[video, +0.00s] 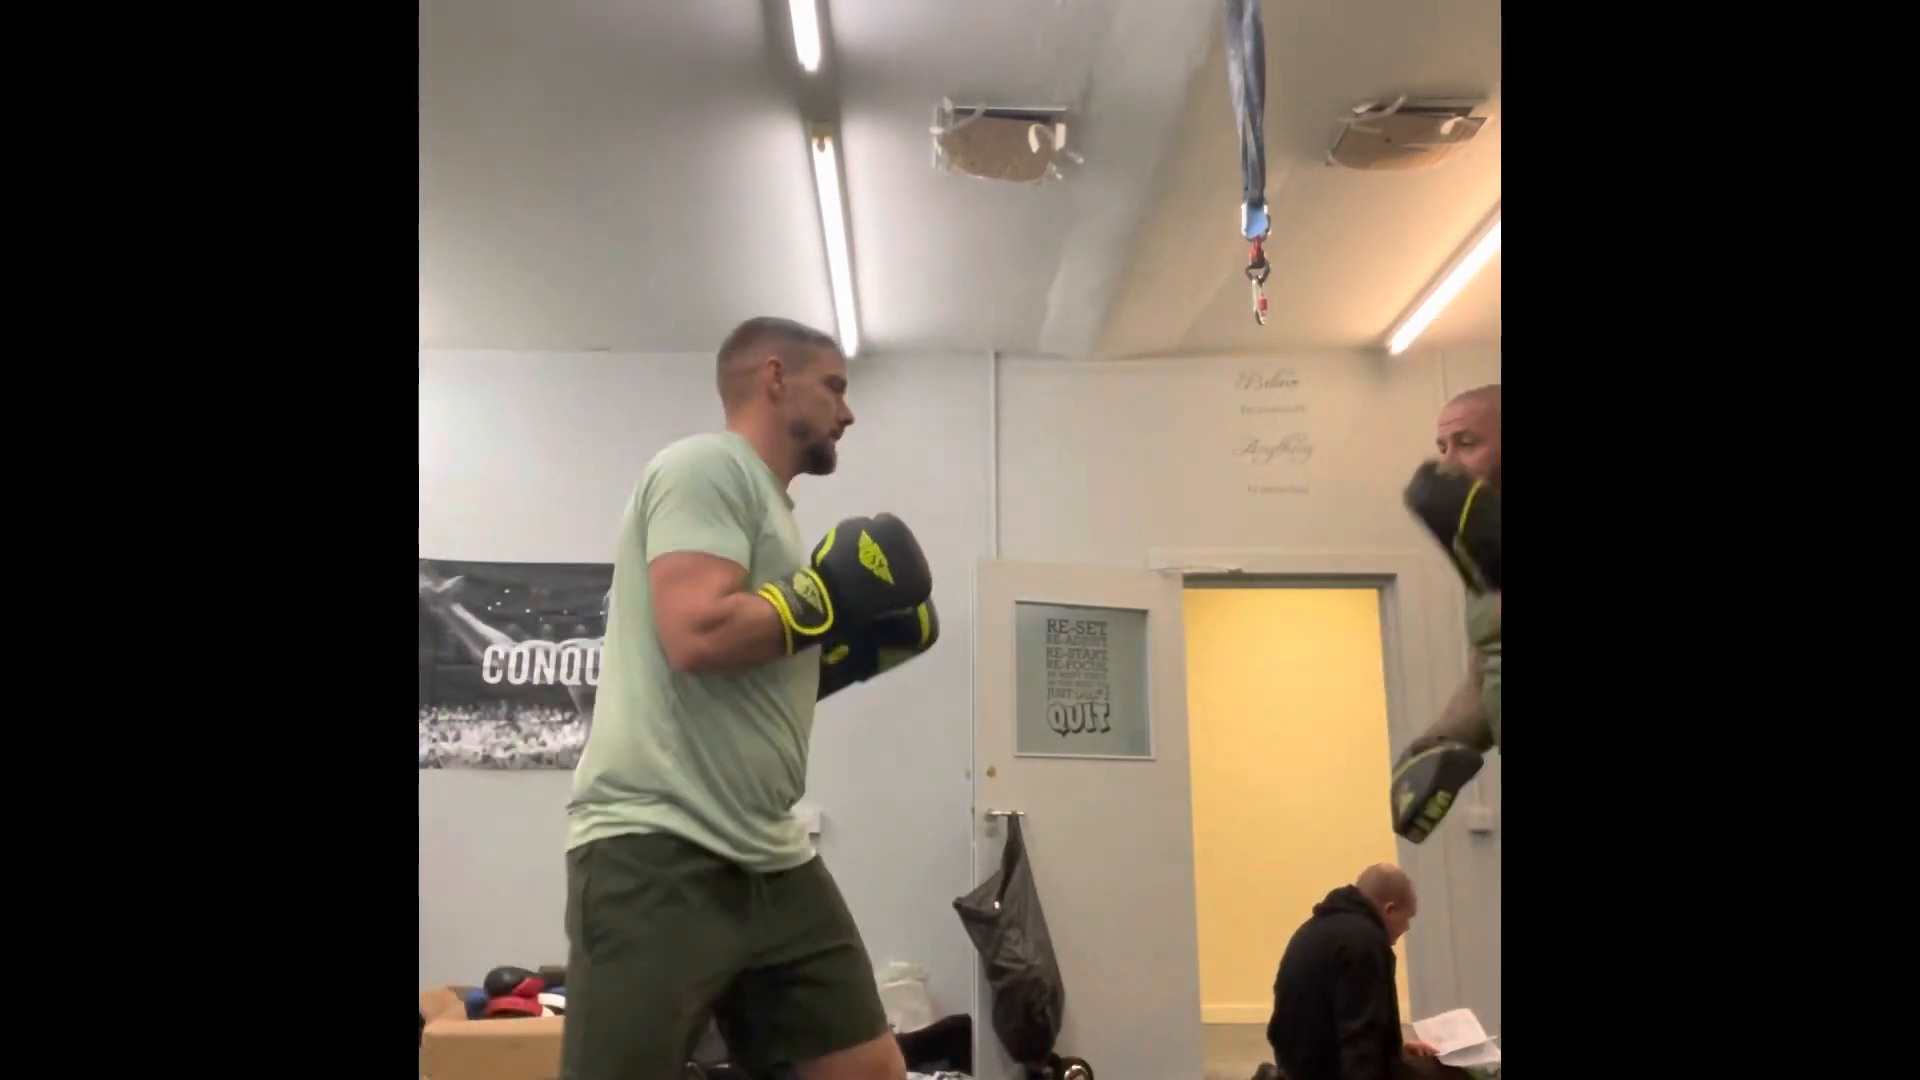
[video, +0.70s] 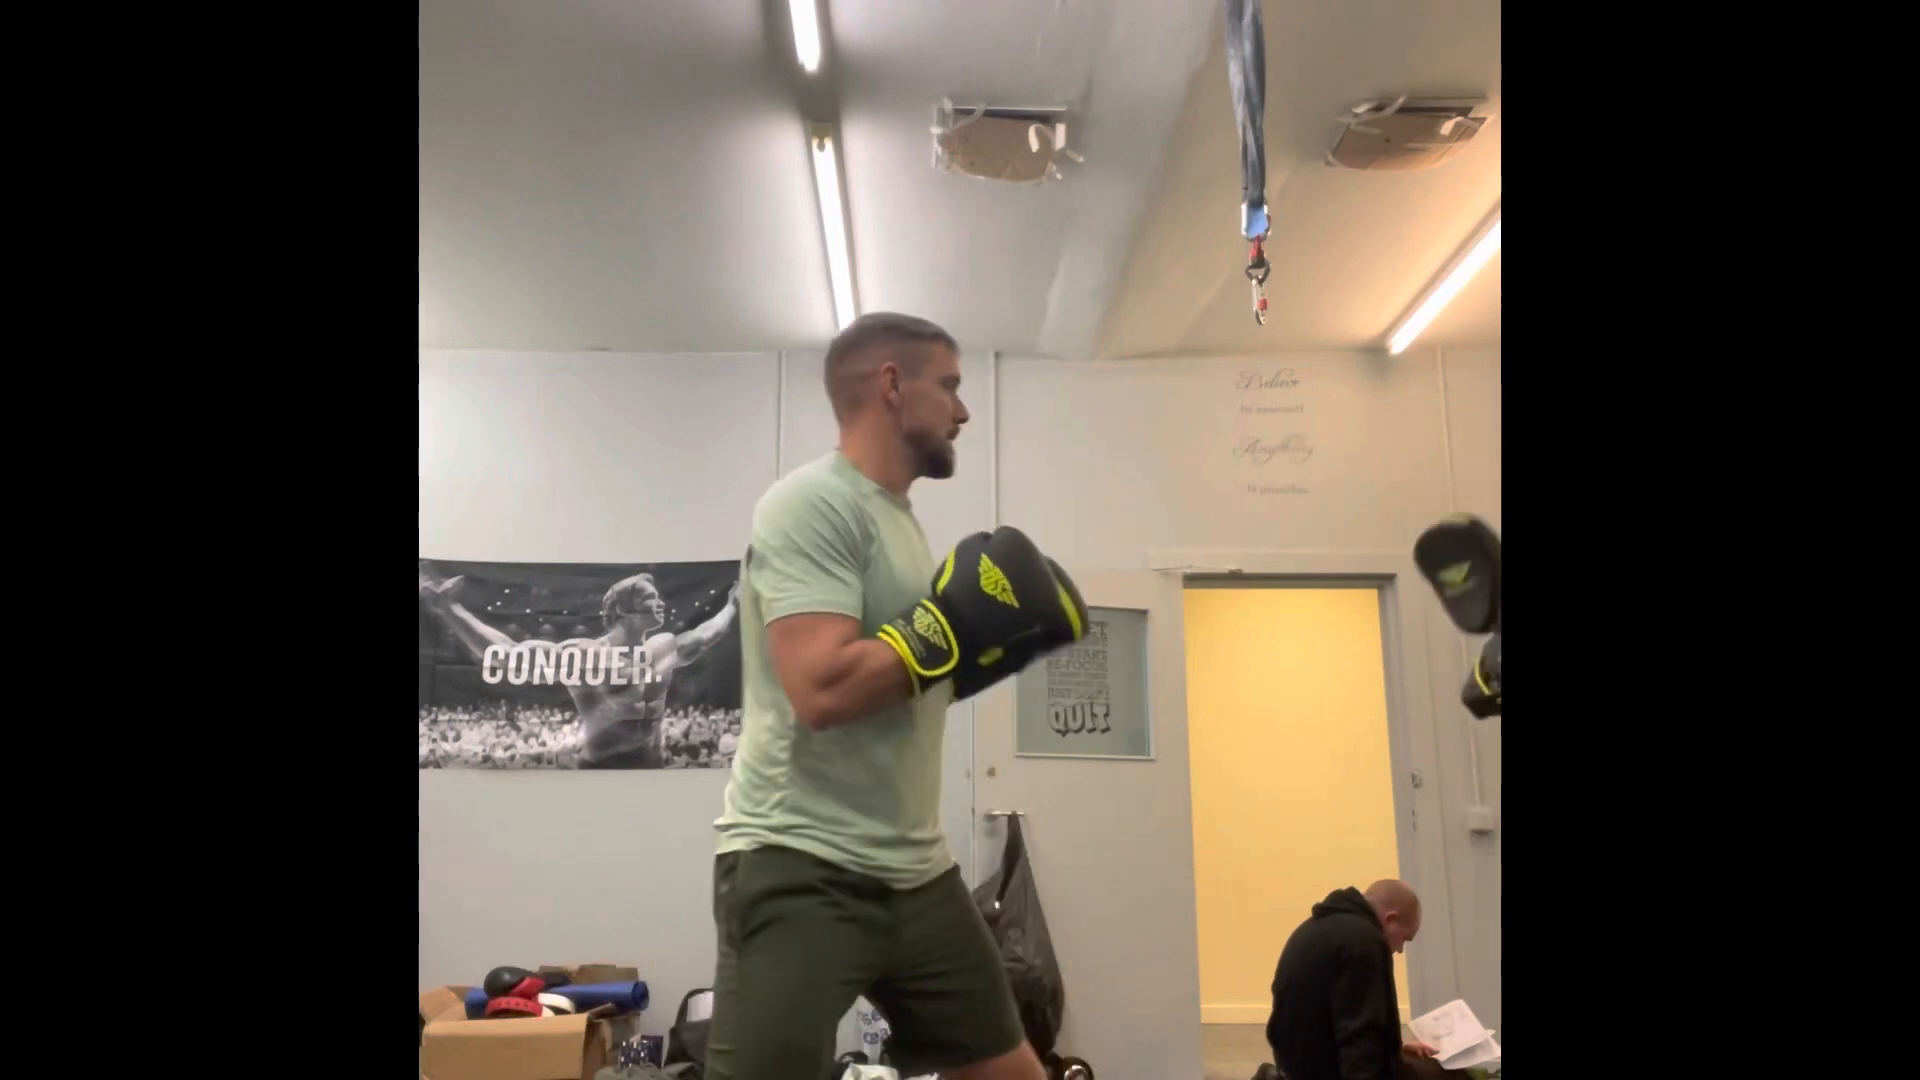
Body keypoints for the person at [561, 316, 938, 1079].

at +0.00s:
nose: (850, 411)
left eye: (847, 392)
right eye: (834, 387)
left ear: (776, 384)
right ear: (773, 379)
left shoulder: (781, 525)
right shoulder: (703, 465)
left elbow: (749, 699)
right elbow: (696, 633)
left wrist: (846, 659)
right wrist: (820, 597)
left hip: (772, 857)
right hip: (654, 853)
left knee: (867, 1068)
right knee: (618, 1070)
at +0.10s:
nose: (861, 376)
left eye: (862, 355)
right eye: (850, 350)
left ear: (791, 342)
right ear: (790, 336)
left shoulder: (783, 470)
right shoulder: (723, 417)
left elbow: (739, 639)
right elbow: (734, 582)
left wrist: (849, 607)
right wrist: (846, 535)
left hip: (789, 819)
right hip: (683, 808)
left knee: (868, 1063)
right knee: (646, 1069)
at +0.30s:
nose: (992, 443)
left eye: (991, 421)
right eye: (976, 417)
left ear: (911, 417)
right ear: (905, 413)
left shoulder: (971, 528)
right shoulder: (802, 528)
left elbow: (1072, 559)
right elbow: (738, 702)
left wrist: (1173, 490)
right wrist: (857, 635)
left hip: (938, 881)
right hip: (802, 872)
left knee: (1035, 1066)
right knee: (758, 1066)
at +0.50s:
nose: (1091, 472)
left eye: (1094, 453)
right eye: (1077, 452)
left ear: (1019, 444)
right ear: (1007, 438)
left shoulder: (1066, 545)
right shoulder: (915, 532)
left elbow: (1168, 585)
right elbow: (860, 696)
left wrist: (1264, 523)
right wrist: (990, 644)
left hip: (988, 874)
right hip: (861, 867)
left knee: (1111, 1071)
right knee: (792, 1074)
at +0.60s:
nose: (1065, 418)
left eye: (1062, 397)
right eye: (1048, 395)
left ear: (991, 398)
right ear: (983, 395)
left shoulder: (1005, 527)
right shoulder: (903, 503)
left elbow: (955, 688)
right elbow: (860, 677)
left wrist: (1048, 699)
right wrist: (997, 634)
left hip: (993, 854)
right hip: (879, 847)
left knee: (1092, 1065)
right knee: (814, 1072)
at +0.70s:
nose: (964, 412)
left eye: (961, 391)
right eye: (949, 387)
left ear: (889, 390)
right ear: (889, 386)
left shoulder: (903, 529)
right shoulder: (807, 506)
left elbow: (896, 692)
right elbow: (821, 692)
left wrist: (996, 648)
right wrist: (949, 627)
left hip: (917, 873)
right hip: (801, 867)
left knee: (1007, 1069)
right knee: (762, 1069)